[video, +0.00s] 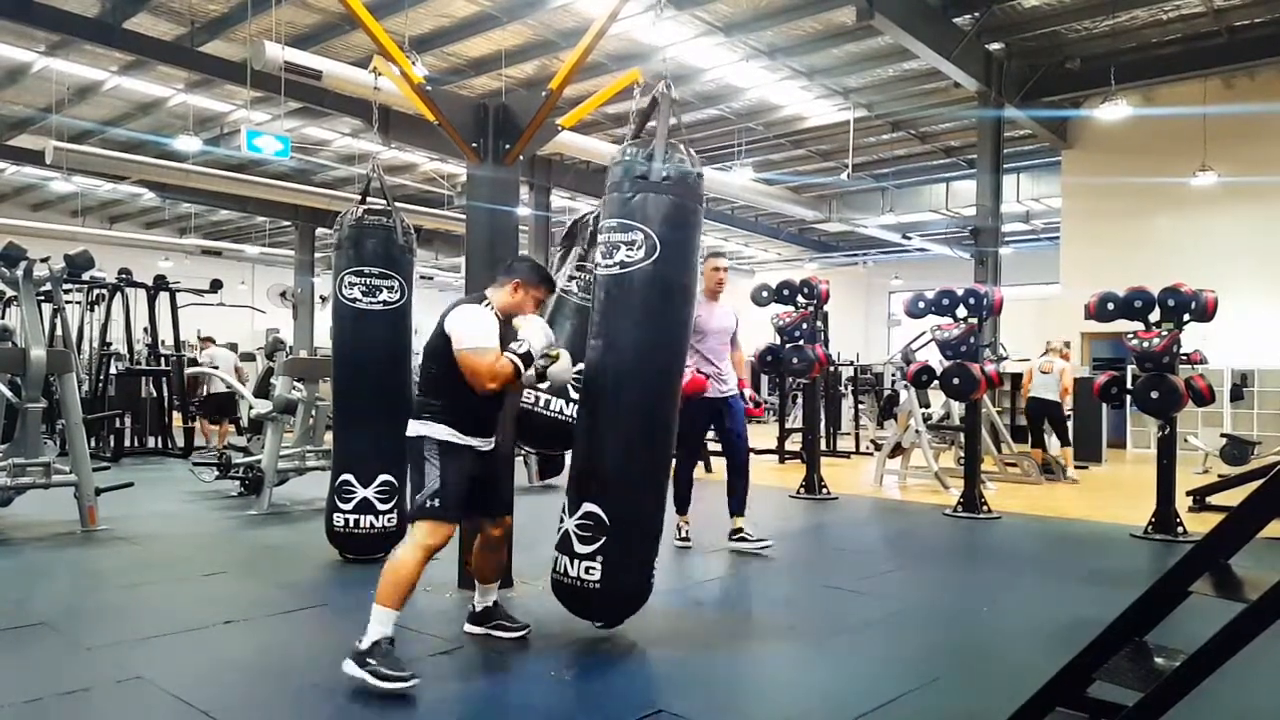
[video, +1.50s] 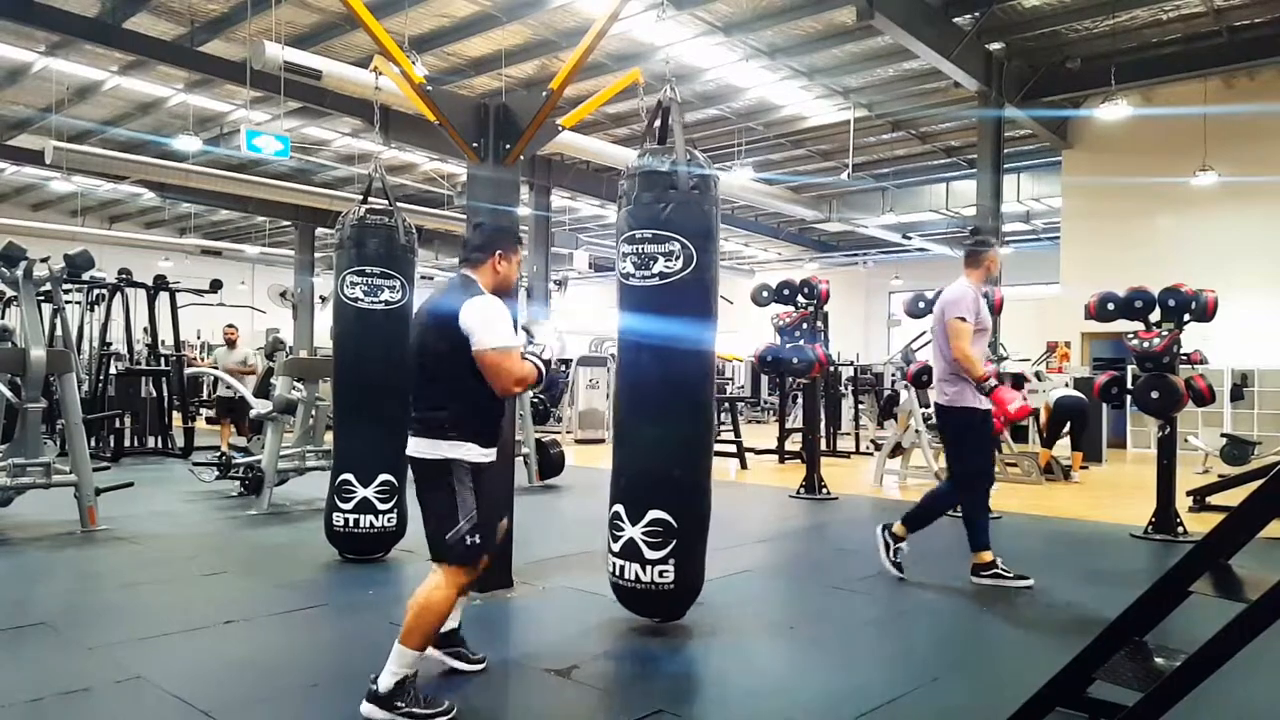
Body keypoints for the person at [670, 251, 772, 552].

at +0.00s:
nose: (721, 275)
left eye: (725, 270)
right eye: (716, 270)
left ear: (727, 276)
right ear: (702, 274)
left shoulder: (730, 314)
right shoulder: (690, 309)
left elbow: (736, 351)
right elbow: (674, 349)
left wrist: (744, 384)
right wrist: (681, 379)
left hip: (729, 395)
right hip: (695, 396)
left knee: (739, 456)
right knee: (686, 459)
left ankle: (738, 525)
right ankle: (682, 521)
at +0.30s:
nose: (777, 272)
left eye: (777, 267)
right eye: (771, 266)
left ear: (768, 273)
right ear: (752, 269)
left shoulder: (772, 312)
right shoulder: (733, 303)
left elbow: (779, 356)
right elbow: (717, 344)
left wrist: (788, 392)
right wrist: (736, 371)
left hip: (766, 400)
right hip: (735, 399)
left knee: (759, 467)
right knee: (728, 464)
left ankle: (754, 536)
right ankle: (689, 509)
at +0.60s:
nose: (825, 270)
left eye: (824, 264)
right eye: (821, 263)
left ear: (808, 268)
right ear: (806, 267)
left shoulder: (813, 308)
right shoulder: (778, 301)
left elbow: (817, 354)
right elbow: (753, 346)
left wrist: (834, 389)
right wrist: (751, 392)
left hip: (803, 394)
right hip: (783, 393)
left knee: (777, 462)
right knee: (806, 465)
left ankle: (757, 535)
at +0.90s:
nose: (879, 270)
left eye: (878, 265)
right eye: (877, 265)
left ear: (858, 267)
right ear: (865, 268)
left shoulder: (857, 304)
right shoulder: (835, 303)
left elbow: (856, 360)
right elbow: (822, 353)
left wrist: (867, 400)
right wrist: (825, 397)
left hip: (856, 398)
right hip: (843, 399)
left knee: (847, 471)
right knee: (855, 473)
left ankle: (790, 516)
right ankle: (861, 551)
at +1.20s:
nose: (927, 269)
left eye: (926, 263)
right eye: (926, 263)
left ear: (899, 261)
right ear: (920, 263)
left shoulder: (900, 296)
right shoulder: (896, 295)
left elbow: (913, 349)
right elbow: (913, 347)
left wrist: (946, 367)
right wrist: (949, 370)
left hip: (905, 400)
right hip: (891, 401)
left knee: (934, 467)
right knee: (880, 475)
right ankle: (863, 551)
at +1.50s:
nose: (998, 266)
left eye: (998, 260)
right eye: (997, 260)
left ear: (971, 260)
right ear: (988, 261)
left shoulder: (970, 296)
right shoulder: (961, 294)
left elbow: (965, 354)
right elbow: (960, 352)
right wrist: (994, 387)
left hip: (971, 404)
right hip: (960, 406)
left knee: (978, 481)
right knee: (966, 482)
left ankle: (983, 562)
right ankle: (896, 533)